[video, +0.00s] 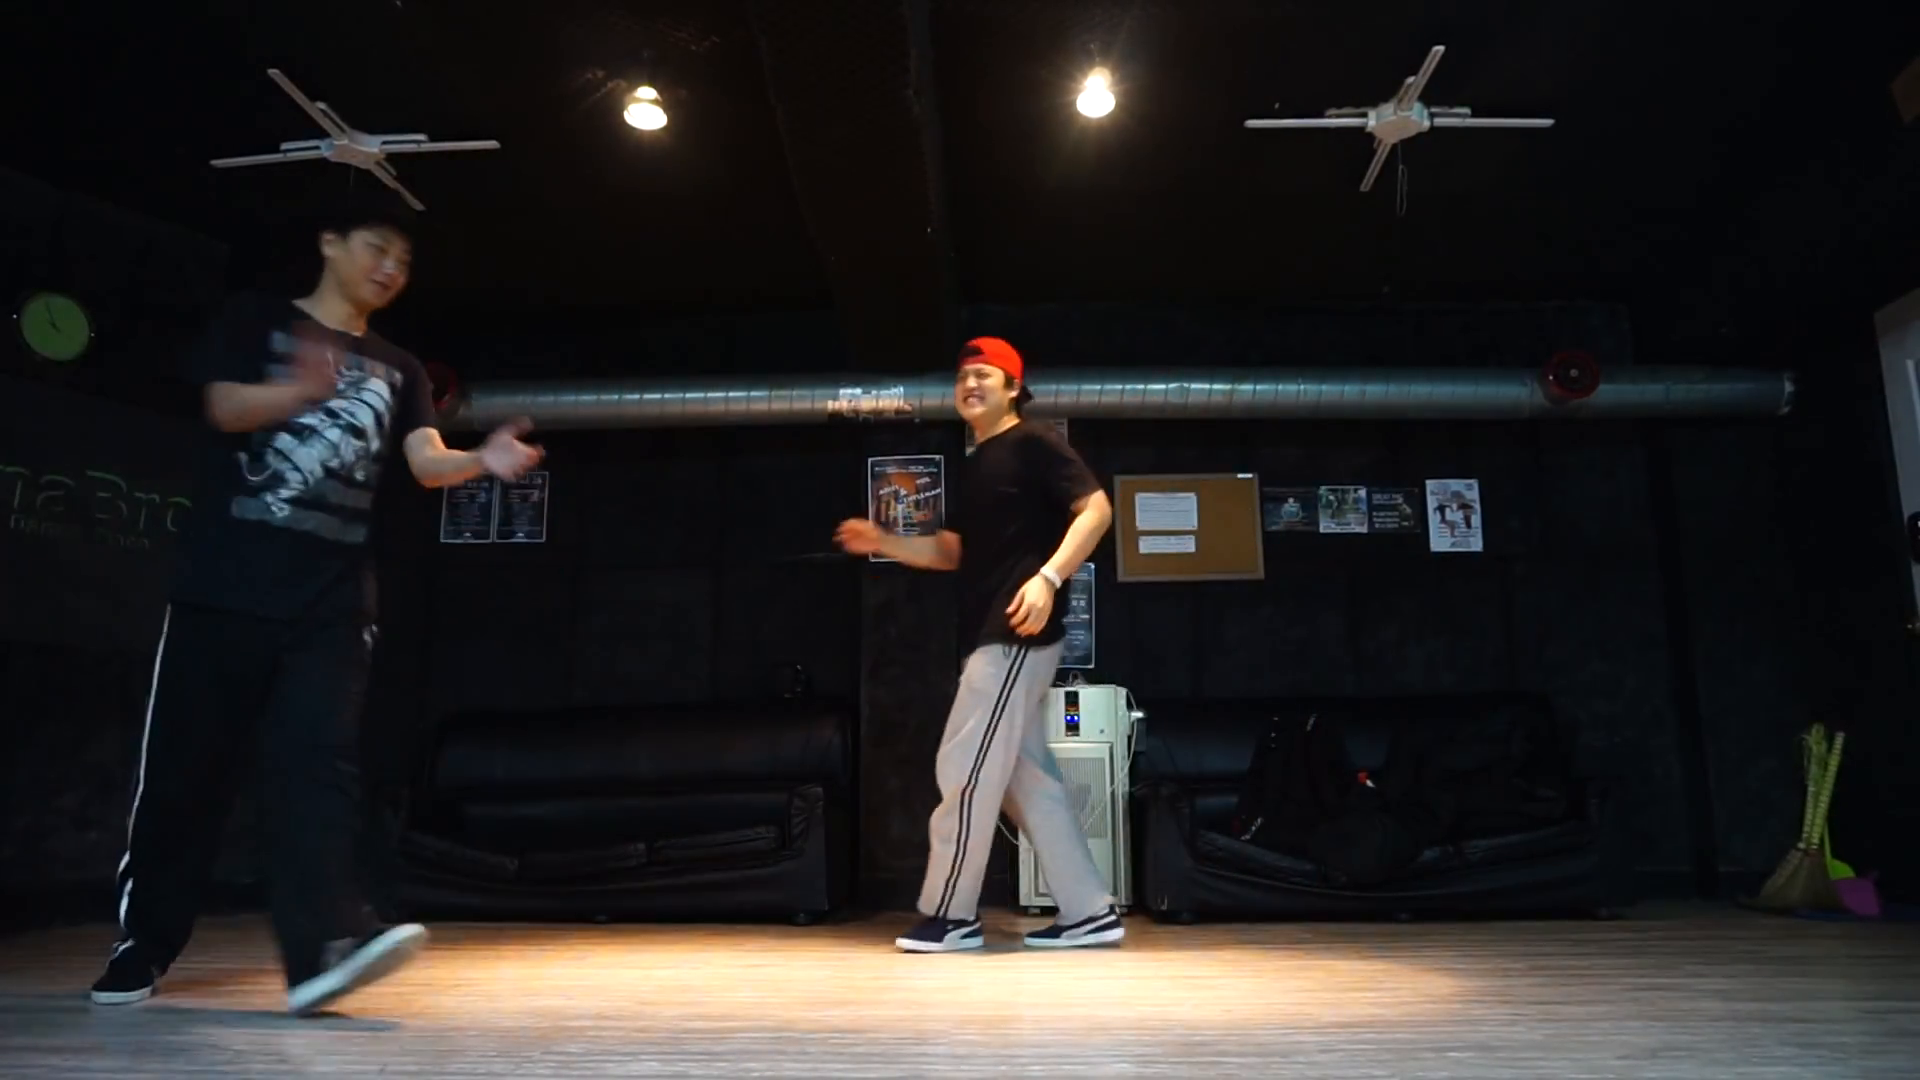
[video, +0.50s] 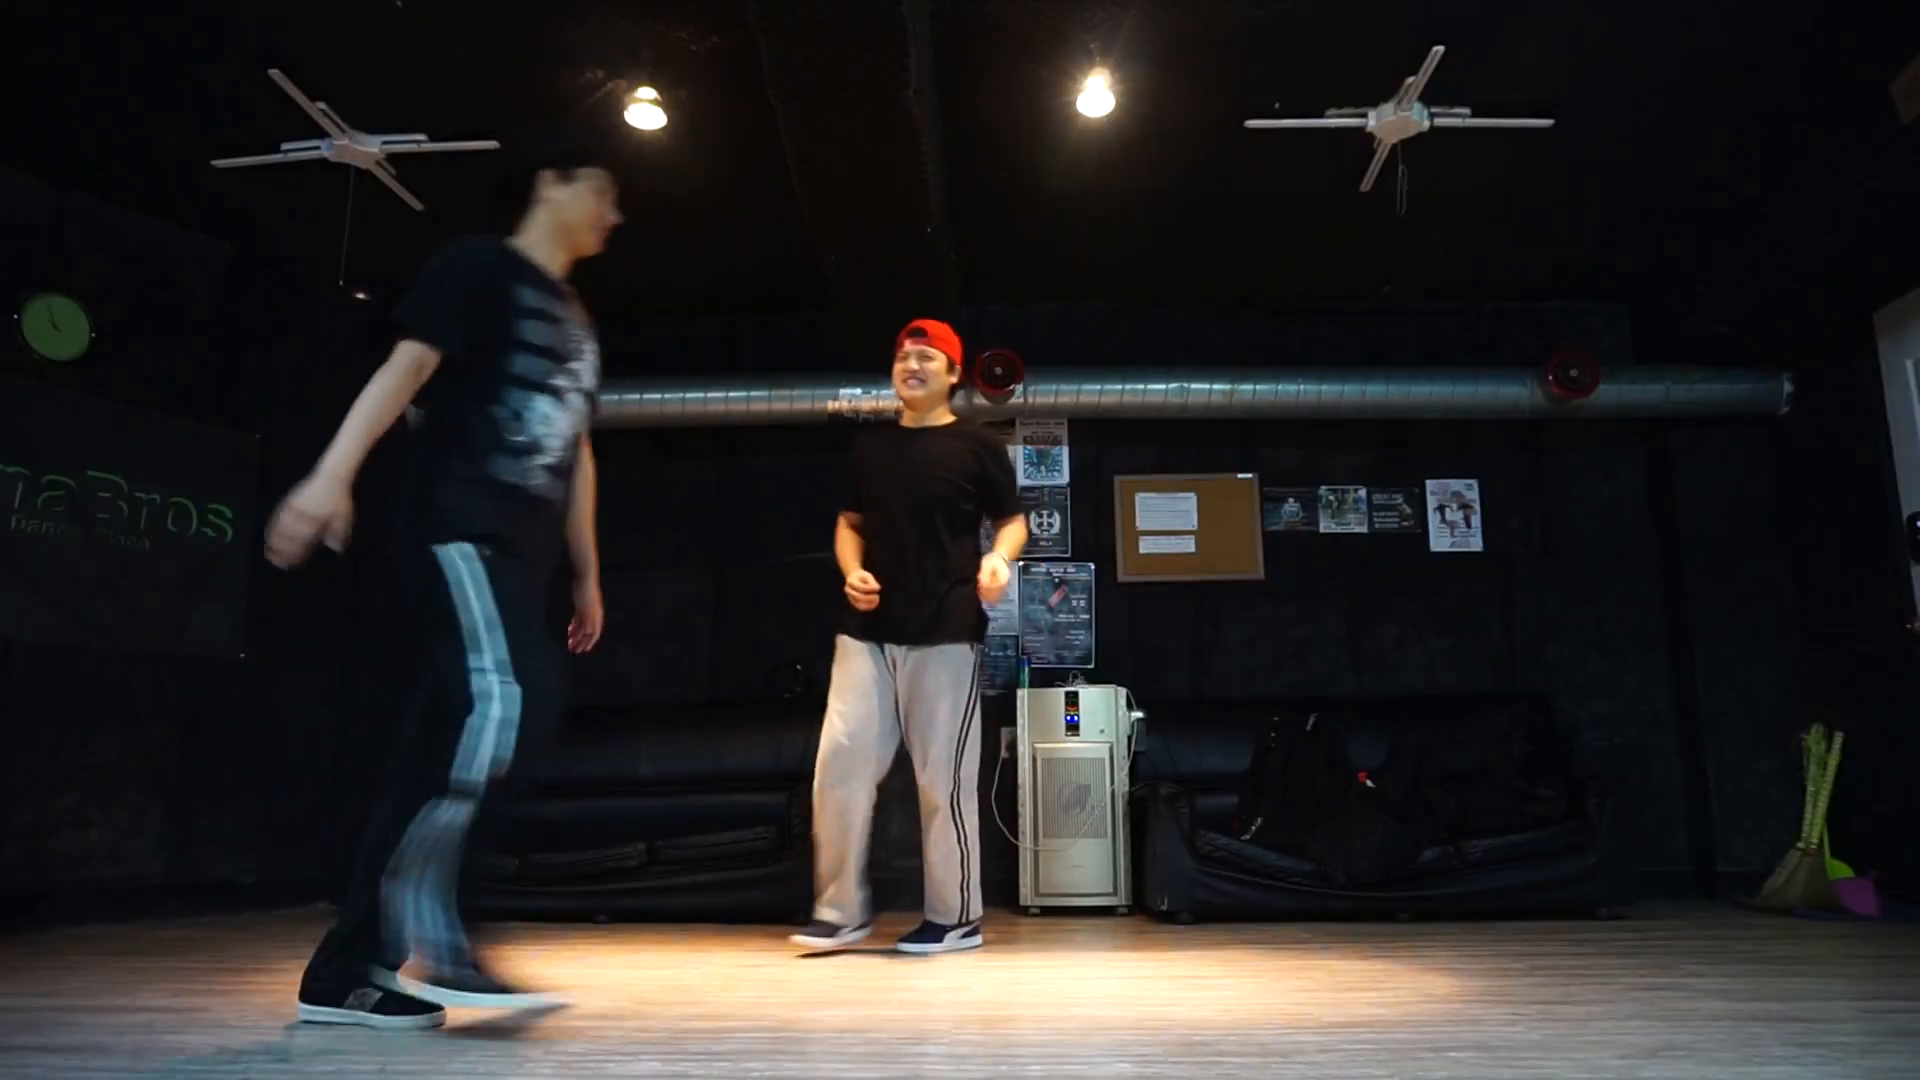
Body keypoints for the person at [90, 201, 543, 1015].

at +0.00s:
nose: (391, 269)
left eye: (402, 261)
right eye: (378, 250)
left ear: (404, 276)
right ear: (330, 244)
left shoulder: (400, 371)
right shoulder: (259, 321)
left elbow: (427, 464)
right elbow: (224, 408)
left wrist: (483, 458)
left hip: (329, 596)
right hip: (228, 580)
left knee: (318, 767)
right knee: (180, 770)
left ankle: (317, 953)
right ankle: (141, 949)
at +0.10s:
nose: (432, 280)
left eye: (443, 269)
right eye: (421, 259)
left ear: (444, 282)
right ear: (371, 248)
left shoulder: (425, 381)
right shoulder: (289, 322)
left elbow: (432, 479)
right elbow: (288, 407)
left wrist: (459, 443)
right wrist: (414, 439)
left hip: (353, 599)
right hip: (249, 583)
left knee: (348, 775)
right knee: (190, 769)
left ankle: (338, 971)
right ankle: (135, 947)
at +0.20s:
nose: (482, 275)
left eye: (494, 264)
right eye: (471, 253)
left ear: (497, 276)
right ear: (424, 239)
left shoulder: (468, 372)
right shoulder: (334, 305)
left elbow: (460, 465)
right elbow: (323, 402)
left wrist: (496, 481)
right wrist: (441, 464)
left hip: (389, 591)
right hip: (288, 573)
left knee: (384, 777)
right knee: (213, 760)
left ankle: (343, 975)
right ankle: (143, 927)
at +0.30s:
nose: (526, 255)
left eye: (534, 241)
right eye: (515, 234)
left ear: (530, 252)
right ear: (466, 225)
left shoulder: (504, 360)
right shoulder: (380, 297)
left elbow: (516, 466)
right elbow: (348, 393)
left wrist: (543, 550)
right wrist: (437, 501)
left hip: (429, 578)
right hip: (339, 557)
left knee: (416, 771)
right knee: (294, 737)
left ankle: (345, 975)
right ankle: (176, 891)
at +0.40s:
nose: (569, 232)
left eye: (573, 217)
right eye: (558, 211)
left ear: (545, 219)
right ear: (507, 202)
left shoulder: (536, 333)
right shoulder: (426, 276)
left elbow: (546, 456)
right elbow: (379, 381)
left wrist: (565, 572)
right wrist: (376, 507)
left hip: (480, 556)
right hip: (407, 535)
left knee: (441, 751)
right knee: (405, 716)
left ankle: (351, 972)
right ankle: (265, 887)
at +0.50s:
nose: (614, 213)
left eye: (616, 199)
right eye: (602, 193)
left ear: (574, 197)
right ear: (549, 186)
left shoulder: (574, 317)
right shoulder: (478, 269)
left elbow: (576, 452)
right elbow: (401, 375)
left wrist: (585, 571)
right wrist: (330, 478)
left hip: (519, 547)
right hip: (455, 531)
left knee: (441, 745)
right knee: (494, 706)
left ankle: (346, 970)